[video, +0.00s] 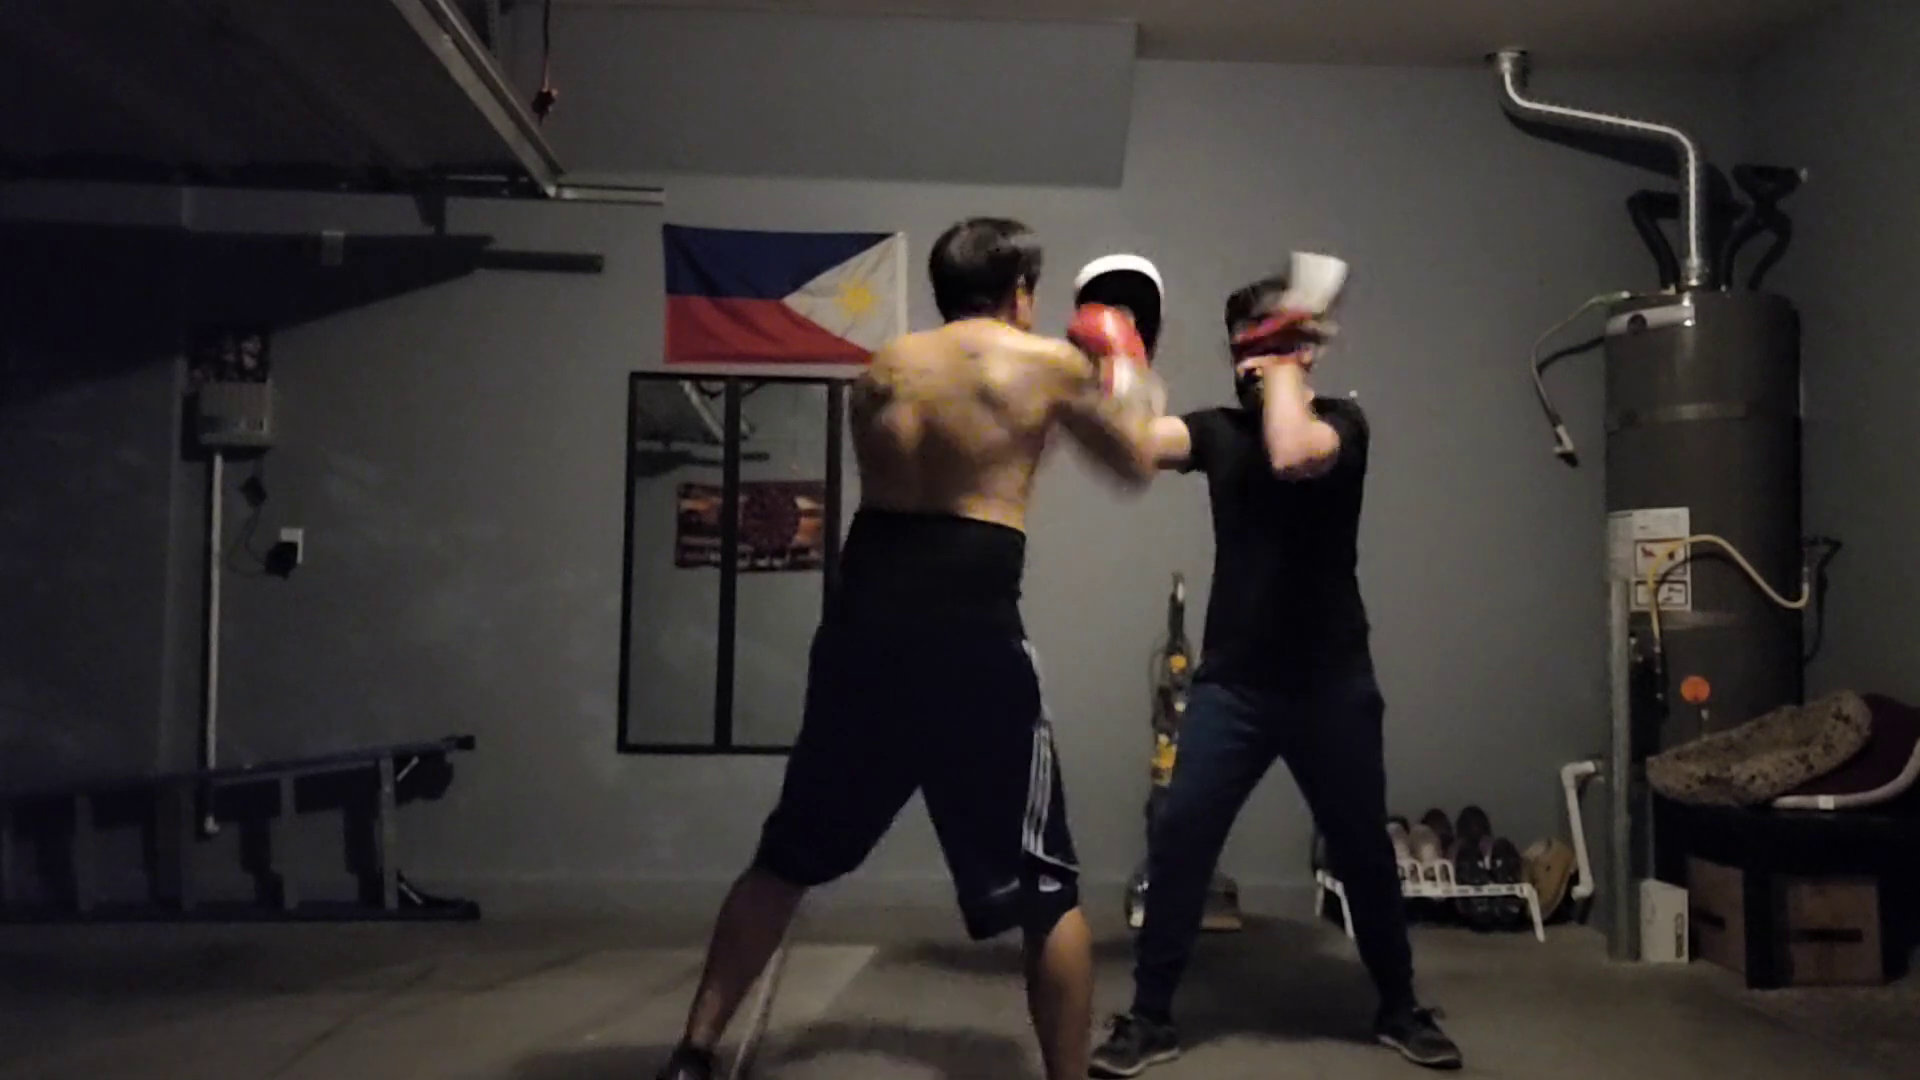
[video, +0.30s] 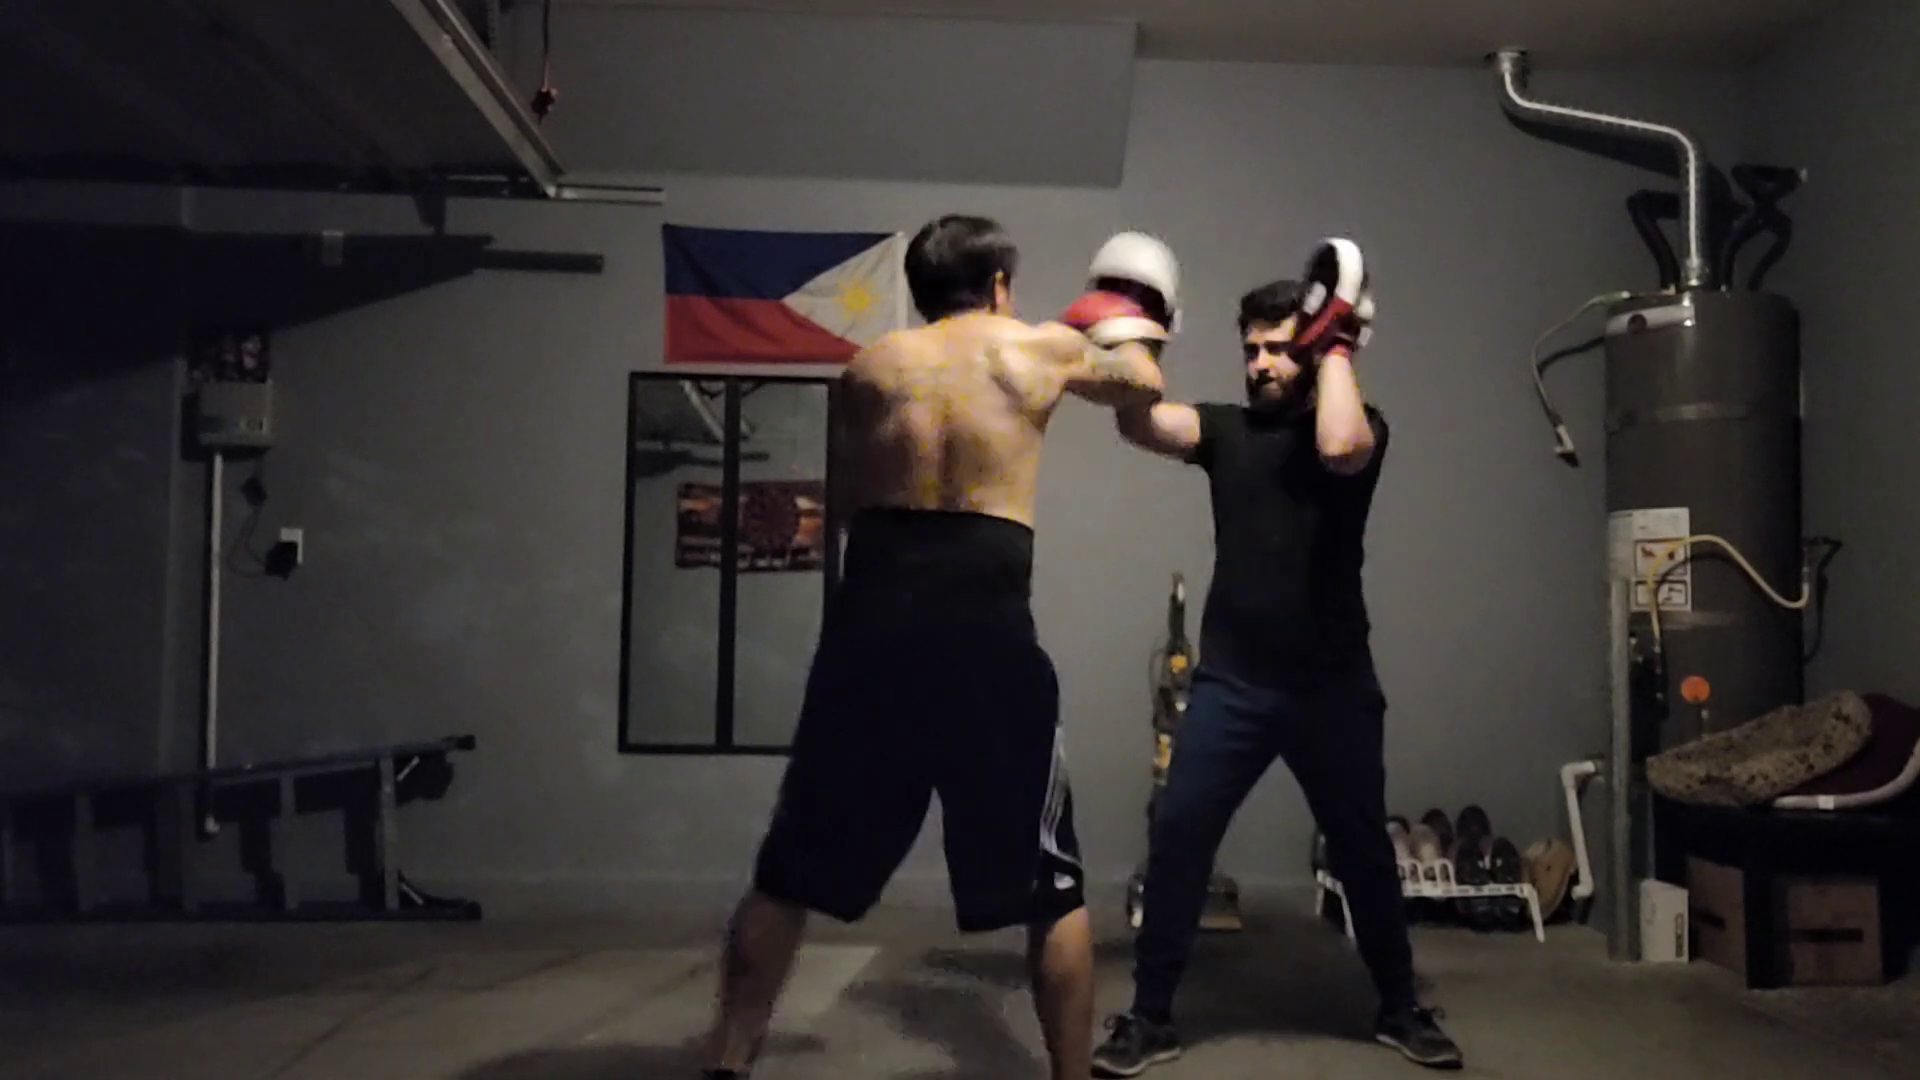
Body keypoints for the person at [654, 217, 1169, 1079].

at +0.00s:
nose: (1038, 301)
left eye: (1034, 289)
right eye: (1035, 289)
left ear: (942, 291)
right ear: (1021, 293)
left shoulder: (881, 366)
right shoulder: (1053, 366)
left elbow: (892, 476)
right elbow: (1137, 462)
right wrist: (1132, 374)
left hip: (863, 627)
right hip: (972, 635)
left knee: (789, 853)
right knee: (1046, 883)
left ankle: (696, 1046)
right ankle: (1070, 1070)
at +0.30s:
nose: (1015, 293)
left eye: (1011, 282)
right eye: (1013, 281)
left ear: (916, 292)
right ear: (1000, 287)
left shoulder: (864, 366)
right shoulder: (1037, 349)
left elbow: (842, 505)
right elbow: (1141, 380)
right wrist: (1123, 334)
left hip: (872, 633)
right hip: (986, 635)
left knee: (790, 863)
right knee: (1049, 878)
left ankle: (728, 1058)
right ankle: (1075, 1069)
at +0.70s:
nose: (1081, 310)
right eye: (1076, 300)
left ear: (979, 308)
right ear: (1068, 307)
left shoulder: (930, 386)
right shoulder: (1109, 386)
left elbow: (867, 538)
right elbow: (1190, 495)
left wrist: (945, 536)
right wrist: (1114, 393)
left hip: (944, 656)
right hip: (1064, 655)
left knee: (875, 884)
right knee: (1085, 867)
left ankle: (846, 1067)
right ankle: (1165, 1056)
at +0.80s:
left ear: (1018, 315)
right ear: (1102, 310)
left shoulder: (983, 388)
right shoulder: (1157, 404)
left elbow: (902, 529)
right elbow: (1216, 560)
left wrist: (990, 556)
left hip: (1009, 660)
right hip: (1118, 666)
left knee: (909, 895)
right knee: (1119, 889)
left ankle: (859, 1068)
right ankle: (1172, 1066)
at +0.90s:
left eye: (1058, 291)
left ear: (1062, 293)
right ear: (1144, 290)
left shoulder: (1058, 366)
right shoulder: (1207, 389)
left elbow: (981, 492)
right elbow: (1247, 545)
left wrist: (1045, 554)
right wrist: (1187, 609)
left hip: (1087, 647)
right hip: (1185, 656)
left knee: (987, 880)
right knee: (1149, 885)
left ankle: (940, 1062)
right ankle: (1173, 1064)